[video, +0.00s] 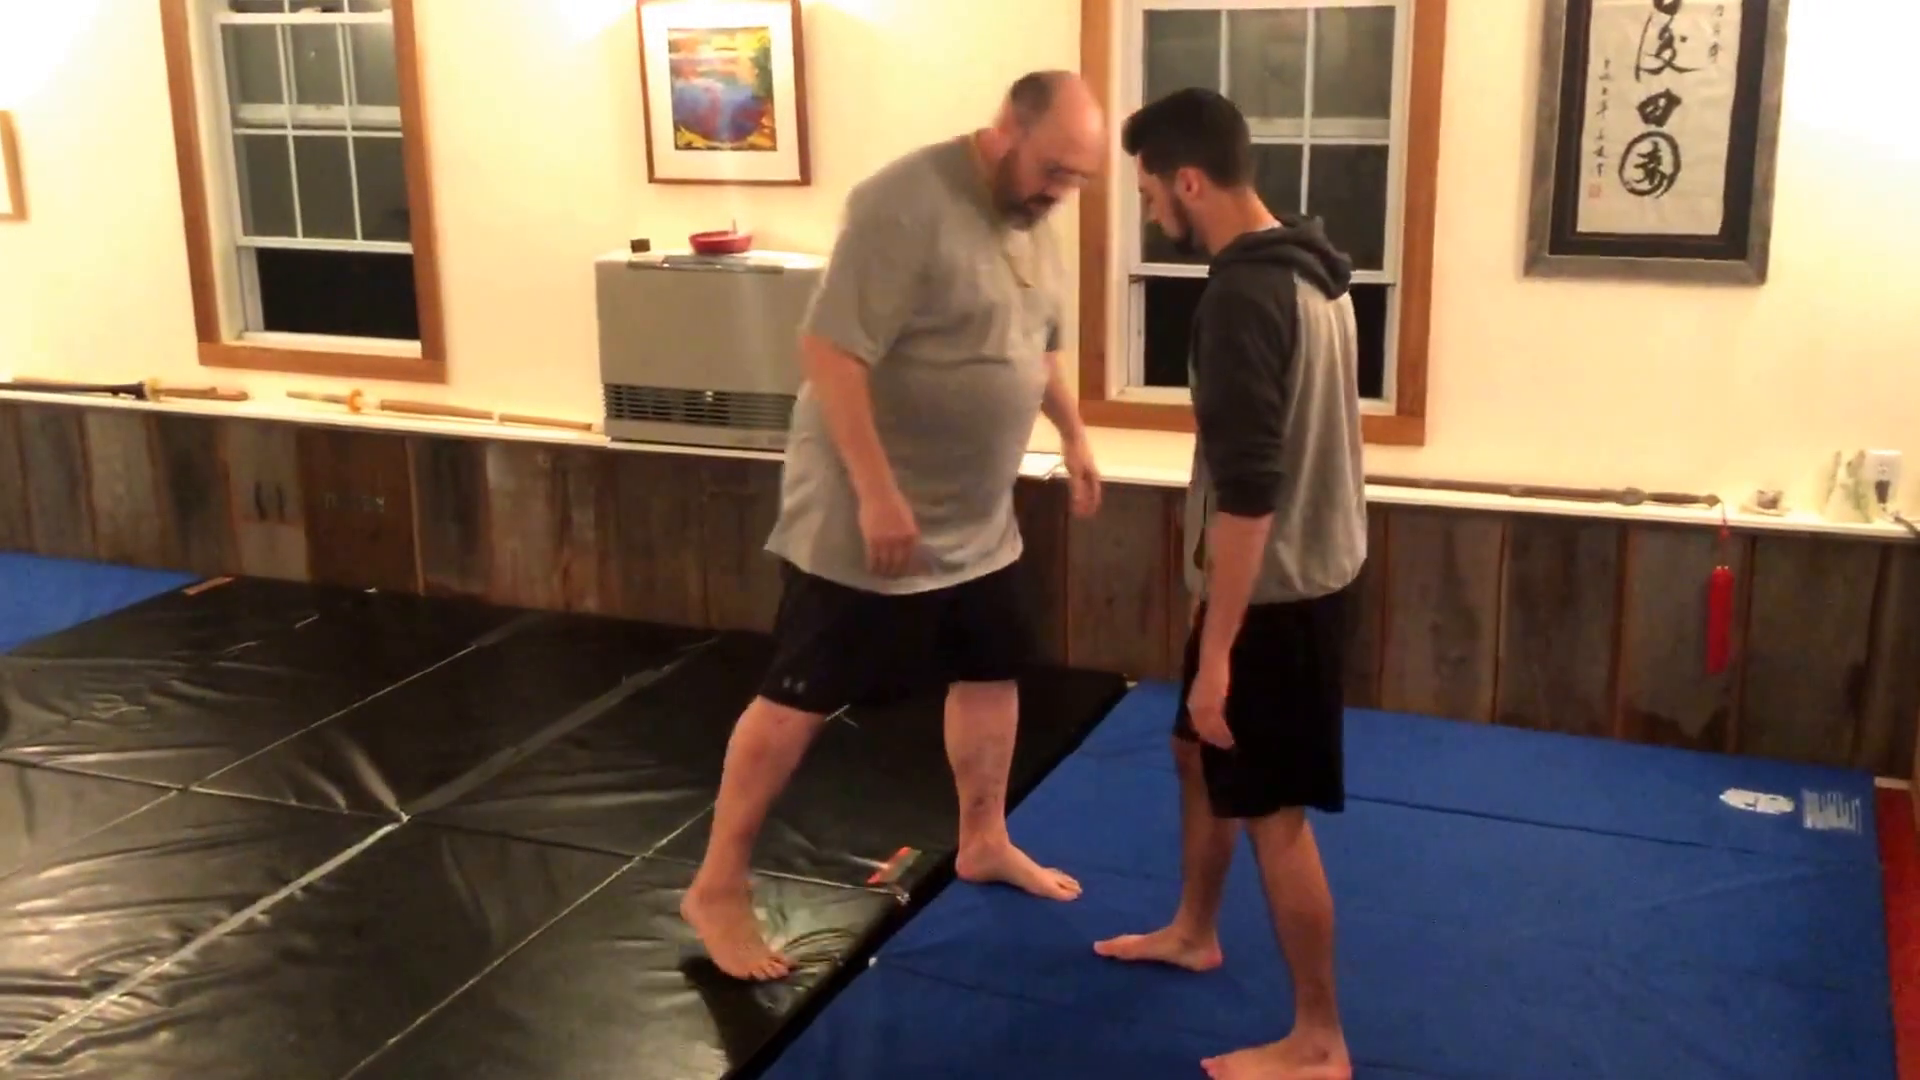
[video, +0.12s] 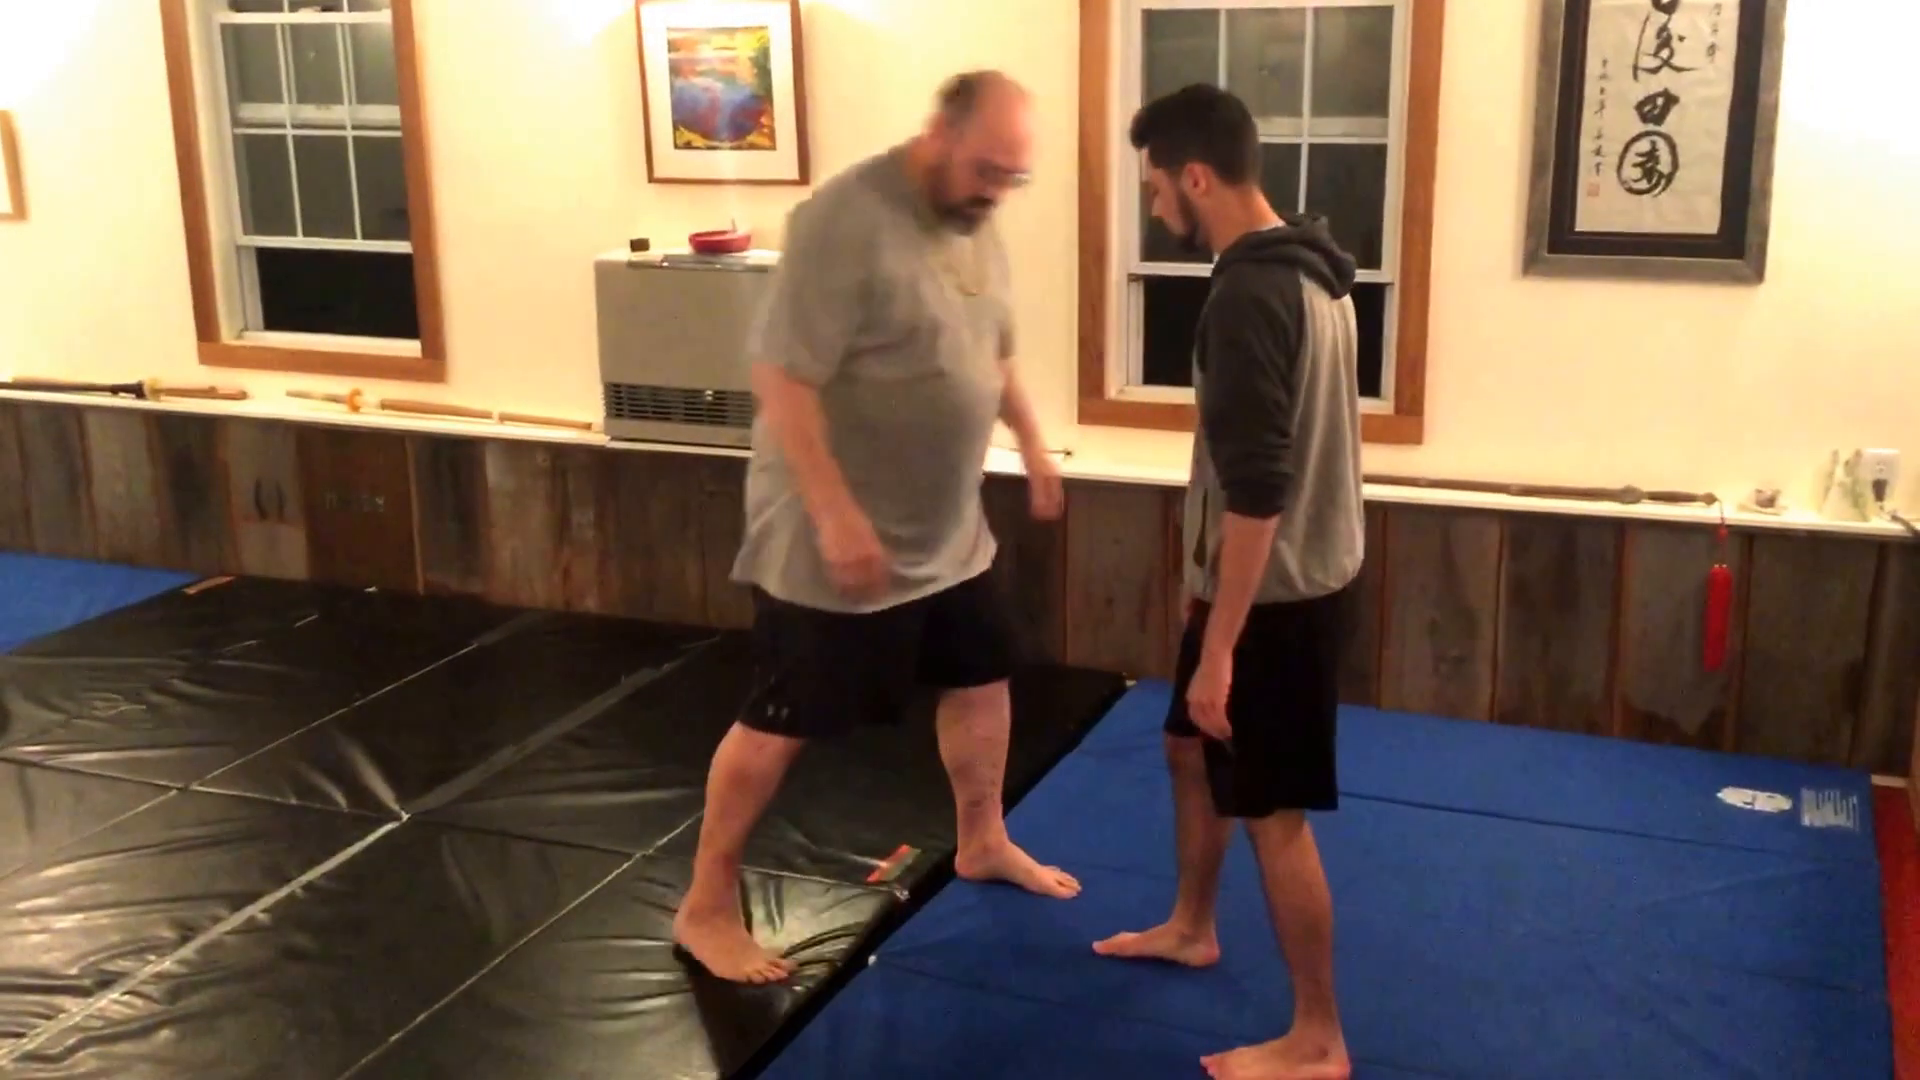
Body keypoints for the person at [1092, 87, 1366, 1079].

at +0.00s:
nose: (1152, 211)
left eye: (1151, 191)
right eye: (1146, 193)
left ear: (1188, 181)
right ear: (1228, 174)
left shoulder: (1244, 293)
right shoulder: (1308, 265)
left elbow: (1250, 498)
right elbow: (1316, 438)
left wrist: (1214, 659)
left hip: (1273, 592)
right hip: (1292, 572)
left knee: (1275, 817)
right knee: (1200, 744)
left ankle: (1317, 1040)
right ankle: (1192, 929)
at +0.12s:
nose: (1154, 207)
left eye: (1154, 186)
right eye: (1149, 188)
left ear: (1194, 177)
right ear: (1233, 171)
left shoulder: (1249, 293)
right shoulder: (1310, 263)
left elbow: (1260, 493)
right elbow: (1309, 442)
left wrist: (1217, 651)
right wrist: (1214, 580)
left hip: (1273, 593)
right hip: (1275, 575)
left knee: (1273, 816)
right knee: (1191, 744)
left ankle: (1316, 1037)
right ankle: (1191, 924)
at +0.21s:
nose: (1155, 204)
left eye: (1156, 183)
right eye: (1151, 185)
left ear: (1197, 174)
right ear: (1235, 170)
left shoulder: (1249, 293)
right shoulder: (1307, 263)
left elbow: (1257, 492)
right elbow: (1248, 450)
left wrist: (1212, 649)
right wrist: (1198, 568)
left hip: (1274, 593)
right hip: (1264, 573)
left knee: (1274, 817)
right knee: (1184, 742)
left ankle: (1316, 1037)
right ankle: (1186, 919)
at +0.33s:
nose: (1157, 200)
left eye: (1159, 179)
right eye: (1154, 181)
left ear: (1200, 172)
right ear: (1238, 168)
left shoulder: (1248, 293)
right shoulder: (1305, 265)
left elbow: (1246, 486)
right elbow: (1265, 456)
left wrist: (1195, 631)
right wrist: (1196, 569)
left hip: (1265, 591)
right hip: (1267, 572)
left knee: (1269, 815)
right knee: (1185, 745)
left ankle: (1316, 1035)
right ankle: (1185, 922)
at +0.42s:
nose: (1157, 193)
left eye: (1160, 171)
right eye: (1156, 173)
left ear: (1202, 167)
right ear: (1240, 164)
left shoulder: (1247, 289)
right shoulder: (1301, 264)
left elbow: (1238, 481)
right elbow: (1286, 448)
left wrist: (1175, 612)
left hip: (1262, 587)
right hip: (1267, 571)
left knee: (1263, 808)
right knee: (1185, 745)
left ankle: (1316, 1033)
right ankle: (1185, 920)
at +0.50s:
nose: (1156, 185)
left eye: (1162, 164)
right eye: (1156, 166)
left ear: (1207, 163)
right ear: (1238, 162)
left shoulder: (1242, 287)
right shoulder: (1299, 261)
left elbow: (1227, 477)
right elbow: (1289, 439)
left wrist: (1164, 605)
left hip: (1258, 582)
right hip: (1263, 567)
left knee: (1263, 807)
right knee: (1184, 744)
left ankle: (1315, 1031)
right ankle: (1184, 919)